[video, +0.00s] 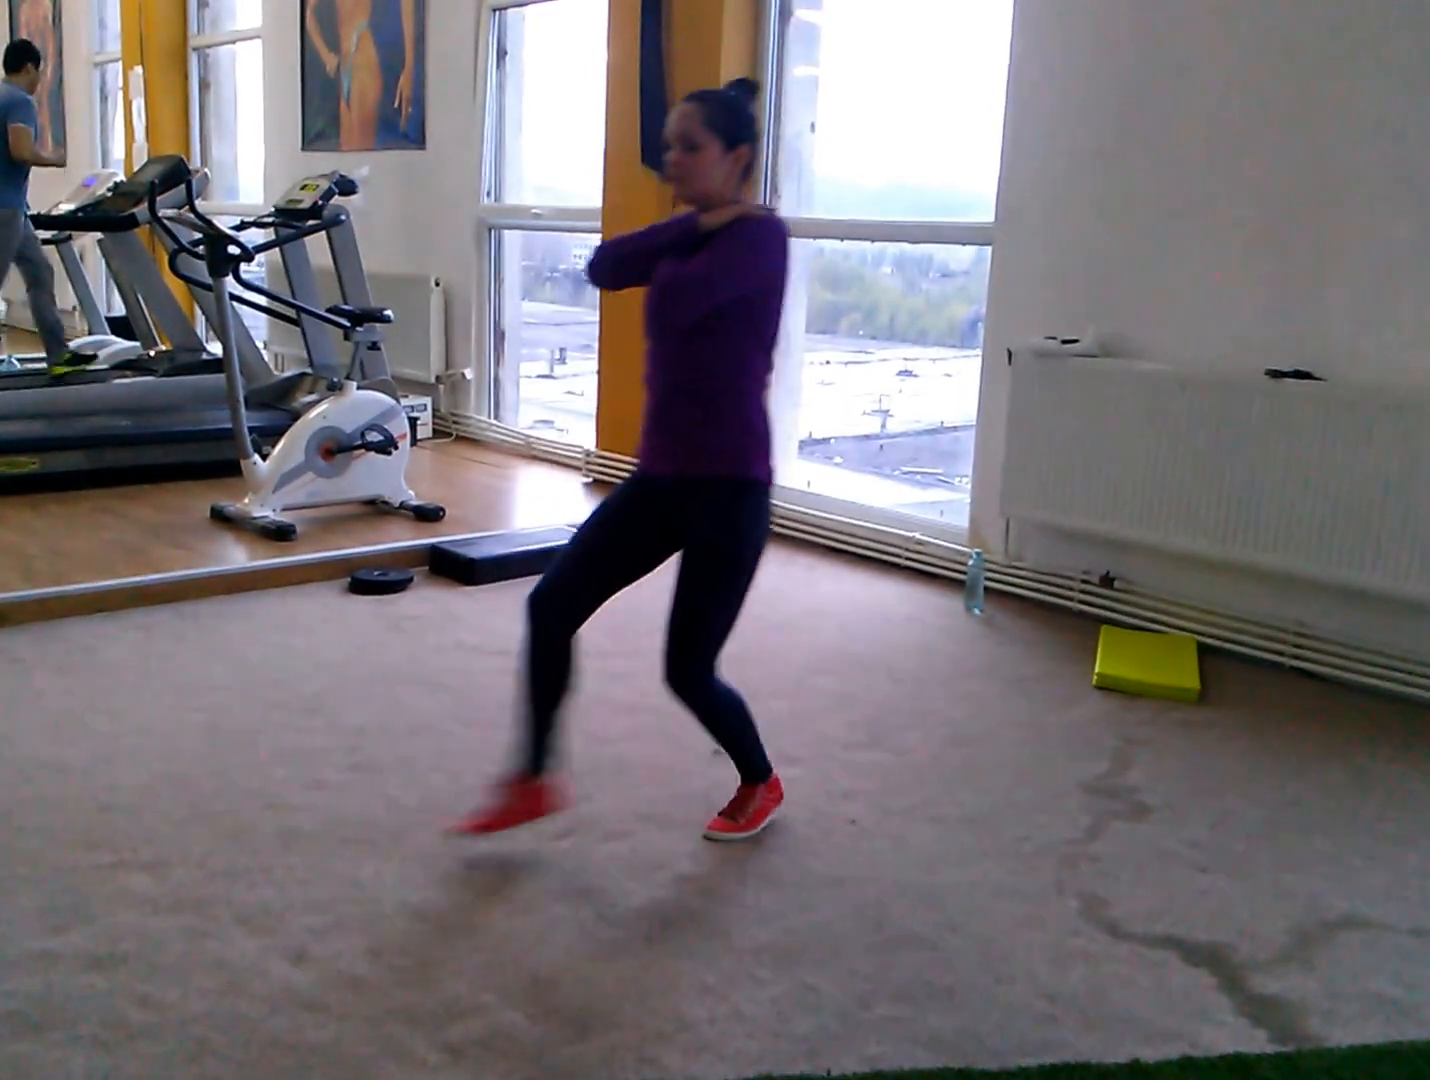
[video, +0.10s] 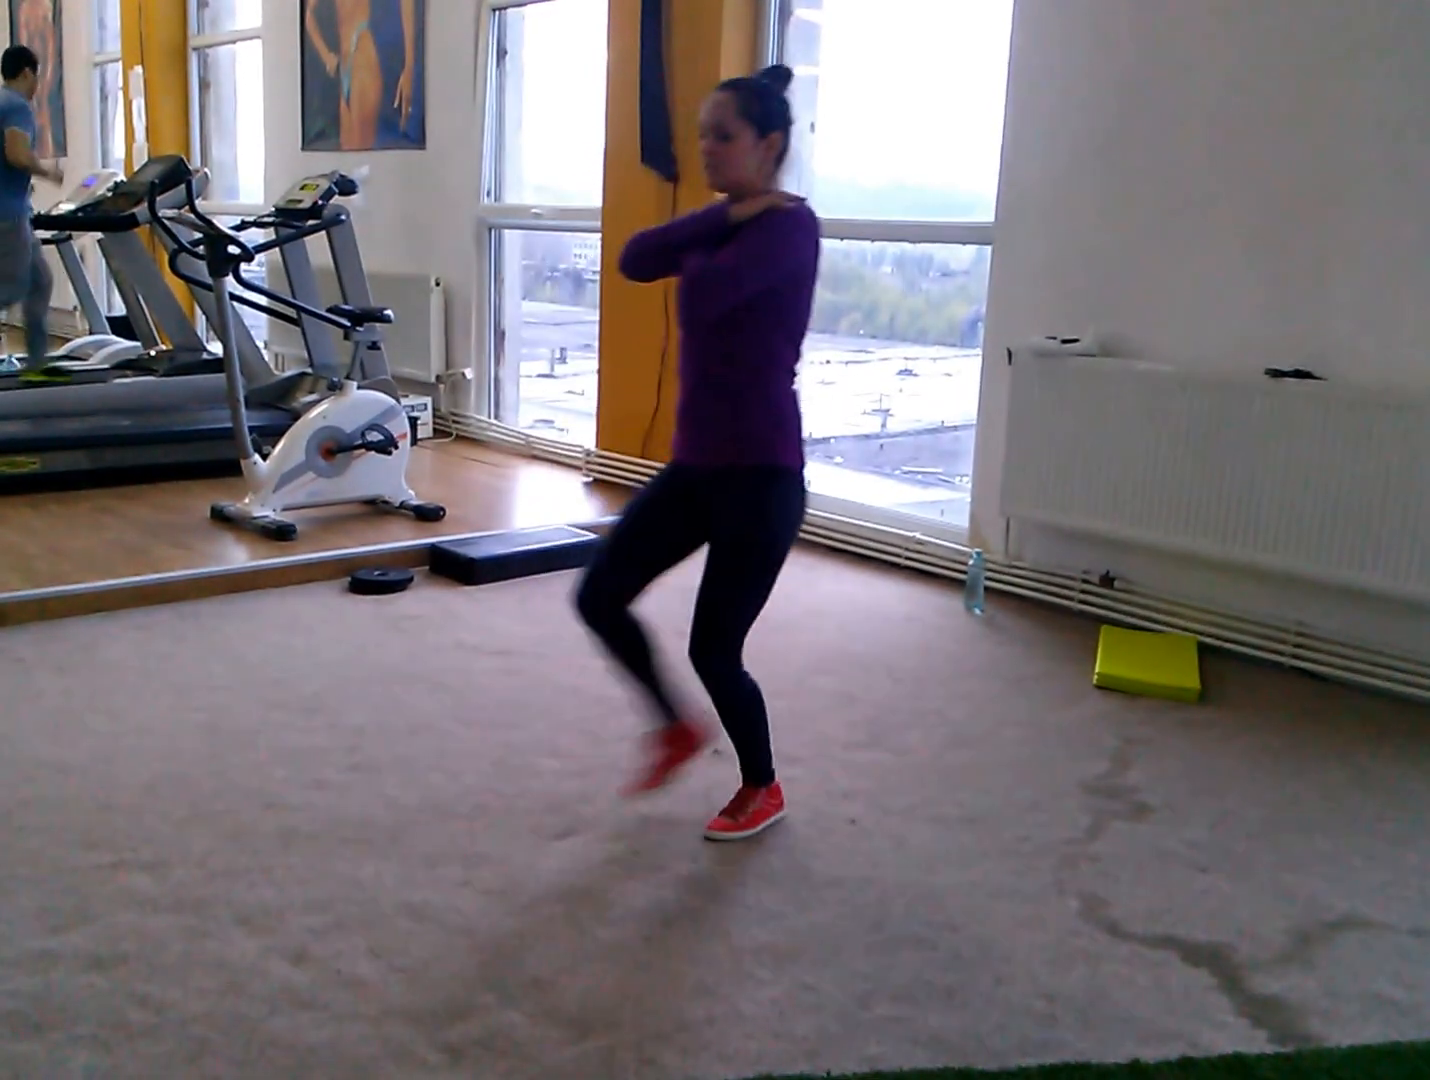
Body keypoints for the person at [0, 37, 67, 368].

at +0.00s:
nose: (40, 79)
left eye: (39, 72)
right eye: (39, 71)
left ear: (10, 68)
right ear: (29, 68)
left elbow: (18, 151)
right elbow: (21, 151)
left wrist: (44, 157)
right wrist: (53, 159)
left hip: (12, 210)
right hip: (7, 211)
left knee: (40, 272)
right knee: (1, 285)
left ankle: (57, 353)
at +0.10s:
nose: (37, 83)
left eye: (37, 76)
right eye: (36, 76)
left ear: (10, 74)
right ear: (26, 73)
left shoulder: (8, 104)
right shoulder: (16, 106)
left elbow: (15, 154)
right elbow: (17, 154)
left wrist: (42, 168)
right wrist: (47, 169)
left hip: (13, 214)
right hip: (11, 215)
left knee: (39, 281)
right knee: (15, 285)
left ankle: (38, 358)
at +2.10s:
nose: (57, 81)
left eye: (56, 74)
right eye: (54, 74)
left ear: (32, 73)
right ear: (39, 73)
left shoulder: (22, 109)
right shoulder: (21, 111)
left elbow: (18, 167)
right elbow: (17, 165)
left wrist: (51, 180)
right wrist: (57, 197)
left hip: (20, 210)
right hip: (19, 211)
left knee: (43, 280)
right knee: (51, 283)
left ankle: (3, 319)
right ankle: (22, 360)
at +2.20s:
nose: (59, 77)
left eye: (58, 70)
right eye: (57, 70)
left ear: (31, 70)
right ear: (44, 69)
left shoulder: (13, 102)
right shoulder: (29, 106)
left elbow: (25, 164)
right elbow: (32, 161)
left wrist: (62, 177)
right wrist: (71, 178)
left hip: (25, 210)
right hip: (20, 211)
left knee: (66, 269)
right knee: (23, 282)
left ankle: (33, 349)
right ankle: (1, 351)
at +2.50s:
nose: (61, 79)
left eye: (61, 72)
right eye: (59, 72)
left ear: (33, 73)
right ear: (46, 72)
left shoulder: (19, 104)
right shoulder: (35, 107)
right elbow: (27, 157)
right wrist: (66, 192)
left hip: (18, 211)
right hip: (30, 212)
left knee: (44, 286)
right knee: (70, 281)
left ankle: (20, 357)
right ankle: (10, 326)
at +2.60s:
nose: (65, 73)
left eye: (65, 66)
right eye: (62, 65)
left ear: (40, 65)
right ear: (49, 65)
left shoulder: (35, 99)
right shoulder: (30, 98)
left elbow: (39, 159)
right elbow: (15, 143)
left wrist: (75, 159)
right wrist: (52, 172)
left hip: (20, 208)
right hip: (33, 207)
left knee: (15, 281)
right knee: (82, 265)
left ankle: (2, 344)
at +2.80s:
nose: (72, 77)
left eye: (72, 70)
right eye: (69, 70)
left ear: (47, 70)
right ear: (54, 69)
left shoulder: (37, 102)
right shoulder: (39, 107)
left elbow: (40, 154)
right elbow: (27, 154)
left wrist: (75, 158)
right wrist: (65, 189)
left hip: (32, 210)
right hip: (44, 211)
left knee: (45, 283)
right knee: (77, 279)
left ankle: (1, 312)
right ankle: (66, 357)